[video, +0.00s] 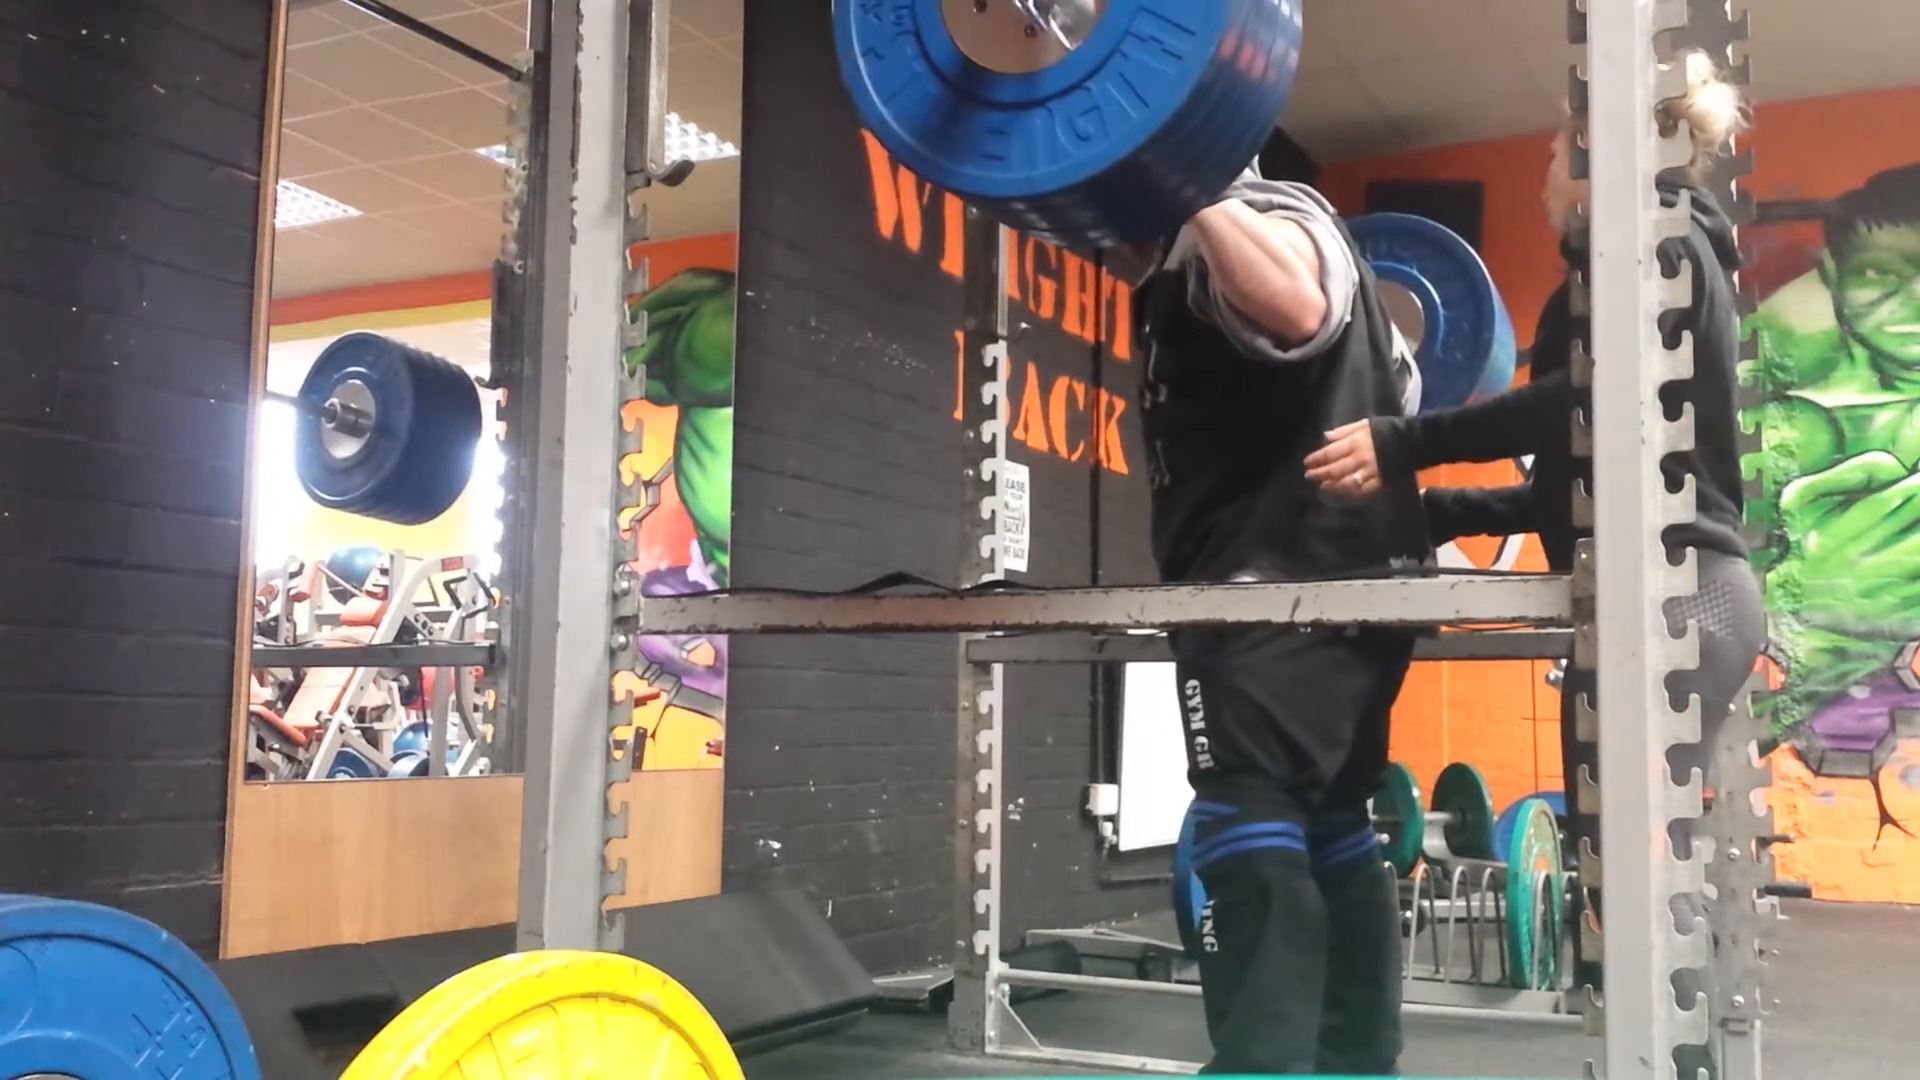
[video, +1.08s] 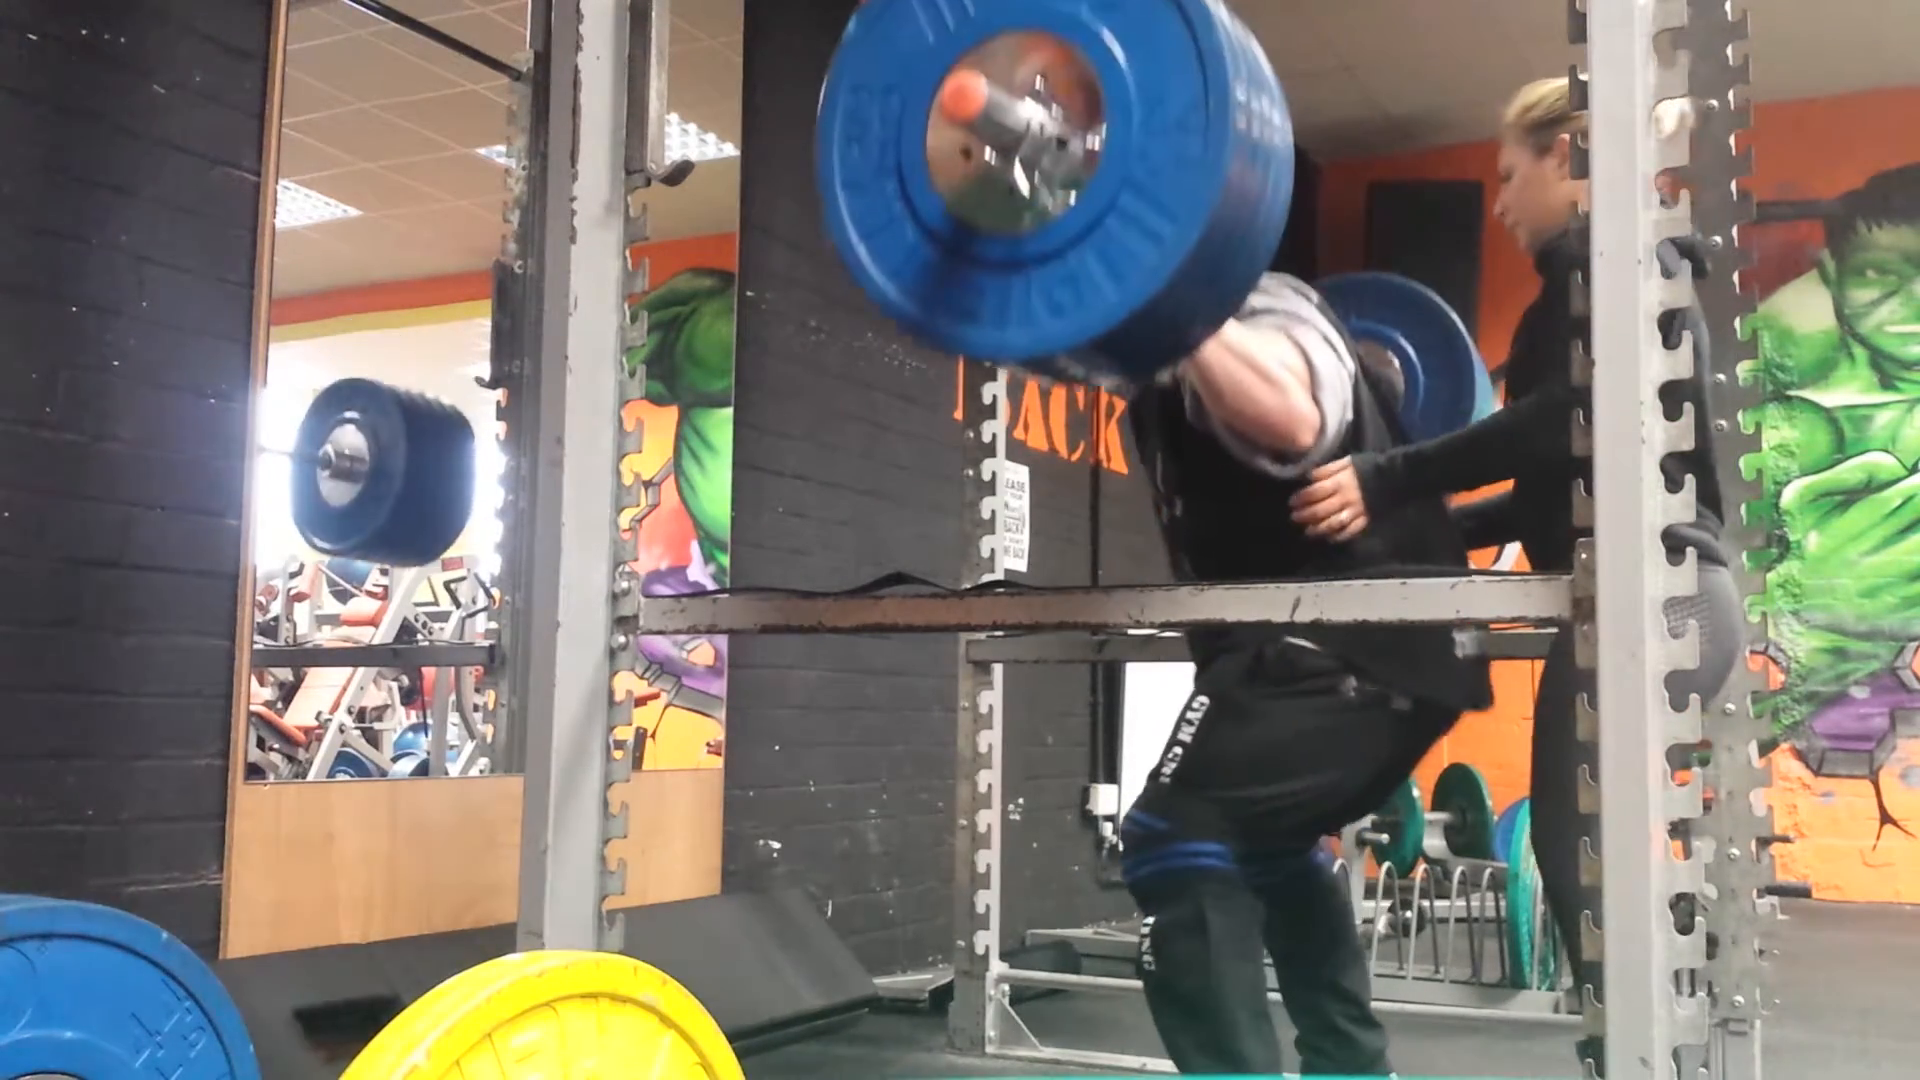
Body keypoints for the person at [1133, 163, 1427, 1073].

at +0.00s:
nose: (1103, 239)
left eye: (1107, 214)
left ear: (1165, 166)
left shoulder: (1259, 212)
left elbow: (1295, 305)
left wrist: (1190, 195)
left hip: (1282, 582)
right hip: (1356, 581)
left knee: (1249, 818)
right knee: (1332, 819)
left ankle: (1261, 1061)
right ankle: (1356, 1059)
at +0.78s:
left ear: (1166, 148)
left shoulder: (1251, 223)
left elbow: (1260, 325)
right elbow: (1379, 306)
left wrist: (1170, 193)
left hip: (1290, 595)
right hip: (1340, 591)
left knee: (1227, 820)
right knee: (1312, 820)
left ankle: (1251, 1062)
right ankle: (1349, 1059)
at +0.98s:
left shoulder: (1268, 275)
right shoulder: (1157, 312)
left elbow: (1283, 380)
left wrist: (1173, 266)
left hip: (1326, 616)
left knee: (1189, 829)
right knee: (1282, 833)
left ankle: (1240, 1069)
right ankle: (1351, 1064)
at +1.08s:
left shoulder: (1270, 309)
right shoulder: (1151, 348)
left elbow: (1290, 422)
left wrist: (1177, 310)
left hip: (1340, 653)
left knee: (1173, 839)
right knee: (1274, 843)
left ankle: (1237, 1069)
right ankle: (1350, 1065)